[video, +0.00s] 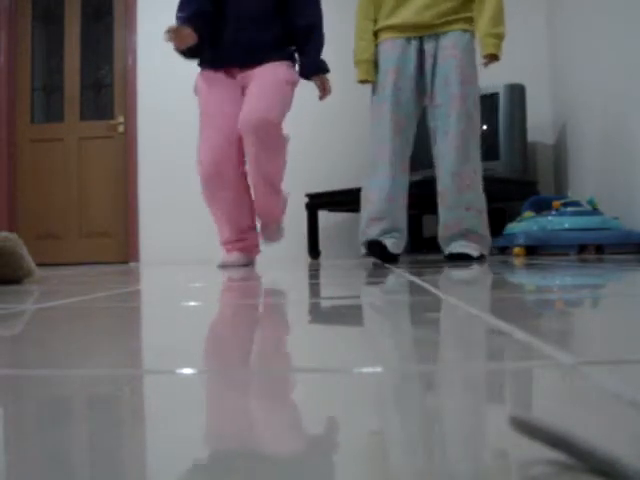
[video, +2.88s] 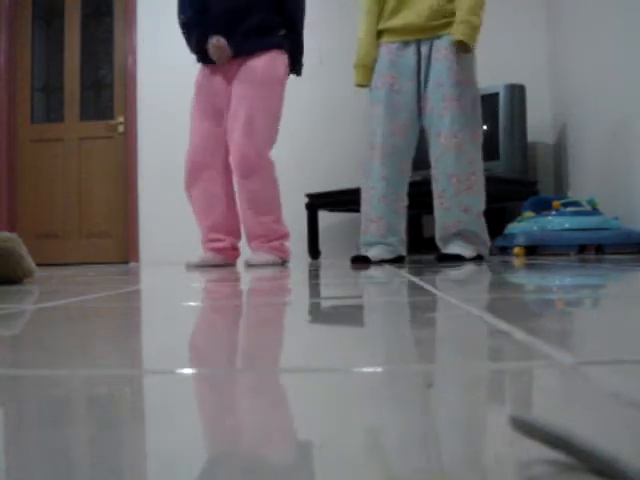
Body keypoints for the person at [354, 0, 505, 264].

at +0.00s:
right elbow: (367, 4)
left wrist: (490, 29)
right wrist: (364, 51)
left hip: (454, 21)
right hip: (394, 25)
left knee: (456, 136)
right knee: (388, 137)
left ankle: (464, 240)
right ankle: (384, 238)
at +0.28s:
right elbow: (361, 4)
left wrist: (463, 21)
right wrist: (364, 51)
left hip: (445, 27)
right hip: (393, 31)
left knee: (453, 138)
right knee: (396, 140)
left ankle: (462, 239)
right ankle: (393, 242)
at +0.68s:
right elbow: (376, 2)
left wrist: (496, 21)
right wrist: (380, 44)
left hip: (466, 26)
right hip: (409, 29)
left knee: (474, 133)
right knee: (413, 139)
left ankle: (481, 237)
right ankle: (418, 242)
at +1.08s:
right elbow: (377, 2)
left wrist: (495, 32)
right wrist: (377, 45)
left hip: (462, 26)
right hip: (406, 28)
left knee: (466, 132)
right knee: (409, 135)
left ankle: (471, 236)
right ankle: (409, 242)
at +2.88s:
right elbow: (372, 4)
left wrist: (467, 23)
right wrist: (366, 52)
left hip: (447, 33)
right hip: (393, 37)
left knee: (453, 141)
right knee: (386, 144)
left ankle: (463, 242)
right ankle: (384, 245)